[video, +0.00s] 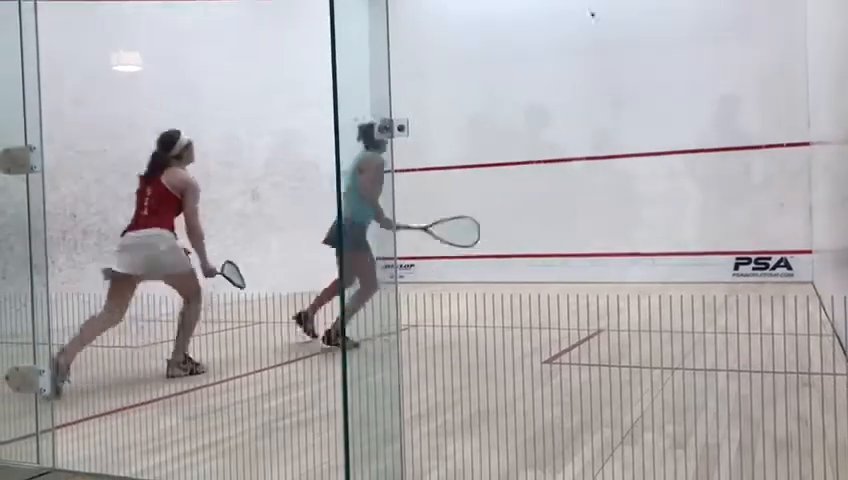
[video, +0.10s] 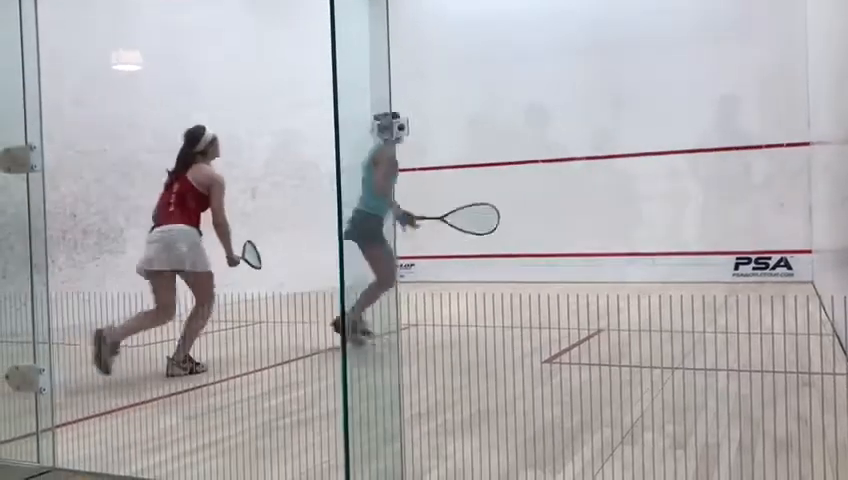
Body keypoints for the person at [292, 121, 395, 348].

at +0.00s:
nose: (387, 140)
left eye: (387, 135)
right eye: (384, 135)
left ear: (367, 139)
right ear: (377, 139)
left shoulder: (362, 160)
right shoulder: (373, 160)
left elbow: (359, 195)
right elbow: (365, 190)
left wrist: (379, 218)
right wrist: (381, 217)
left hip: (346, 227)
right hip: (354, 229)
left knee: (346, 278)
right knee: (370, 285)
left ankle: (308, 313)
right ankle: (336, 331)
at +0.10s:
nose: (401, 130)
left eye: (399, 126)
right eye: (399, 127)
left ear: (381, 131)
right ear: (398, 131)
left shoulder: (381, 153)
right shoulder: (386, 154)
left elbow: (381, 191)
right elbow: (381, 188)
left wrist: (400, 213)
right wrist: (399, 212)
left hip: (368, 221)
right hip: (367, 223)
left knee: (386, 277)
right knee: (386, 278)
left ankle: (354, 316)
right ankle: (350, 318)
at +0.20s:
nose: (423, 134)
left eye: (421, 130)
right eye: (420, 130)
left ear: (404, 133)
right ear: (413, 134)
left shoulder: (410, 157)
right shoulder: (394, 159)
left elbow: (429, 179)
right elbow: (397, 193)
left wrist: (456, 192)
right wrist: (424, 202)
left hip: (389, 228)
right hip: (382, 228)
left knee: (401, 282)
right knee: (417, 272)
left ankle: (369, 325)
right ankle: (391, 328)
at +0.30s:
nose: (445, 132)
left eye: (444, 128)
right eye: (442, 128)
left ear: (428, 133)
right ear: (432, 133)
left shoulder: (434, 153)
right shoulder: (417, 158)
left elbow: (458, 153)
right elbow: (422, 184)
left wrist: (484, 148)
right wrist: (451, 181)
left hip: (411, 228)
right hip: (405, 229)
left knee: (399, 281)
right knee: (437, 274)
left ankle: (369, 321)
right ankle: (434, 337)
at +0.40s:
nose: (477, 118)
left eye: (475, 115)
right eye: (472, 115)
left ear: (458, 124)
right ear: (461, 122)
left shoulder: (457, 144)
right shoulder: (448, 151)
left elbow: (470, 131)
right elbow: (477, 169)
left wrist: (479, 120)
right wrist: (499, 144)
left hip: (437, 222)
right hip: (434, 225)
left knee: (427, 279)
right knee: (455, 282)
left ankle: (391, 310)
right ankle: (436, 343)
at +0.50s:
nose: (510, 94)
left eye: (507, 90)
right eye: (505, 91)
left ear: (487, 99)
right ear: (495, 98)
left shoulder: (483, 127)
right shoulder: (490, 128)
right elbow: (536, 138)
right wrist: (561, 105)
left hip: (469, 211)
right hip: (464, 211)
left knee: (475, 273)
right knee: (463, 275)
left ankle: (447, 327)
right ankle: (438, 337)